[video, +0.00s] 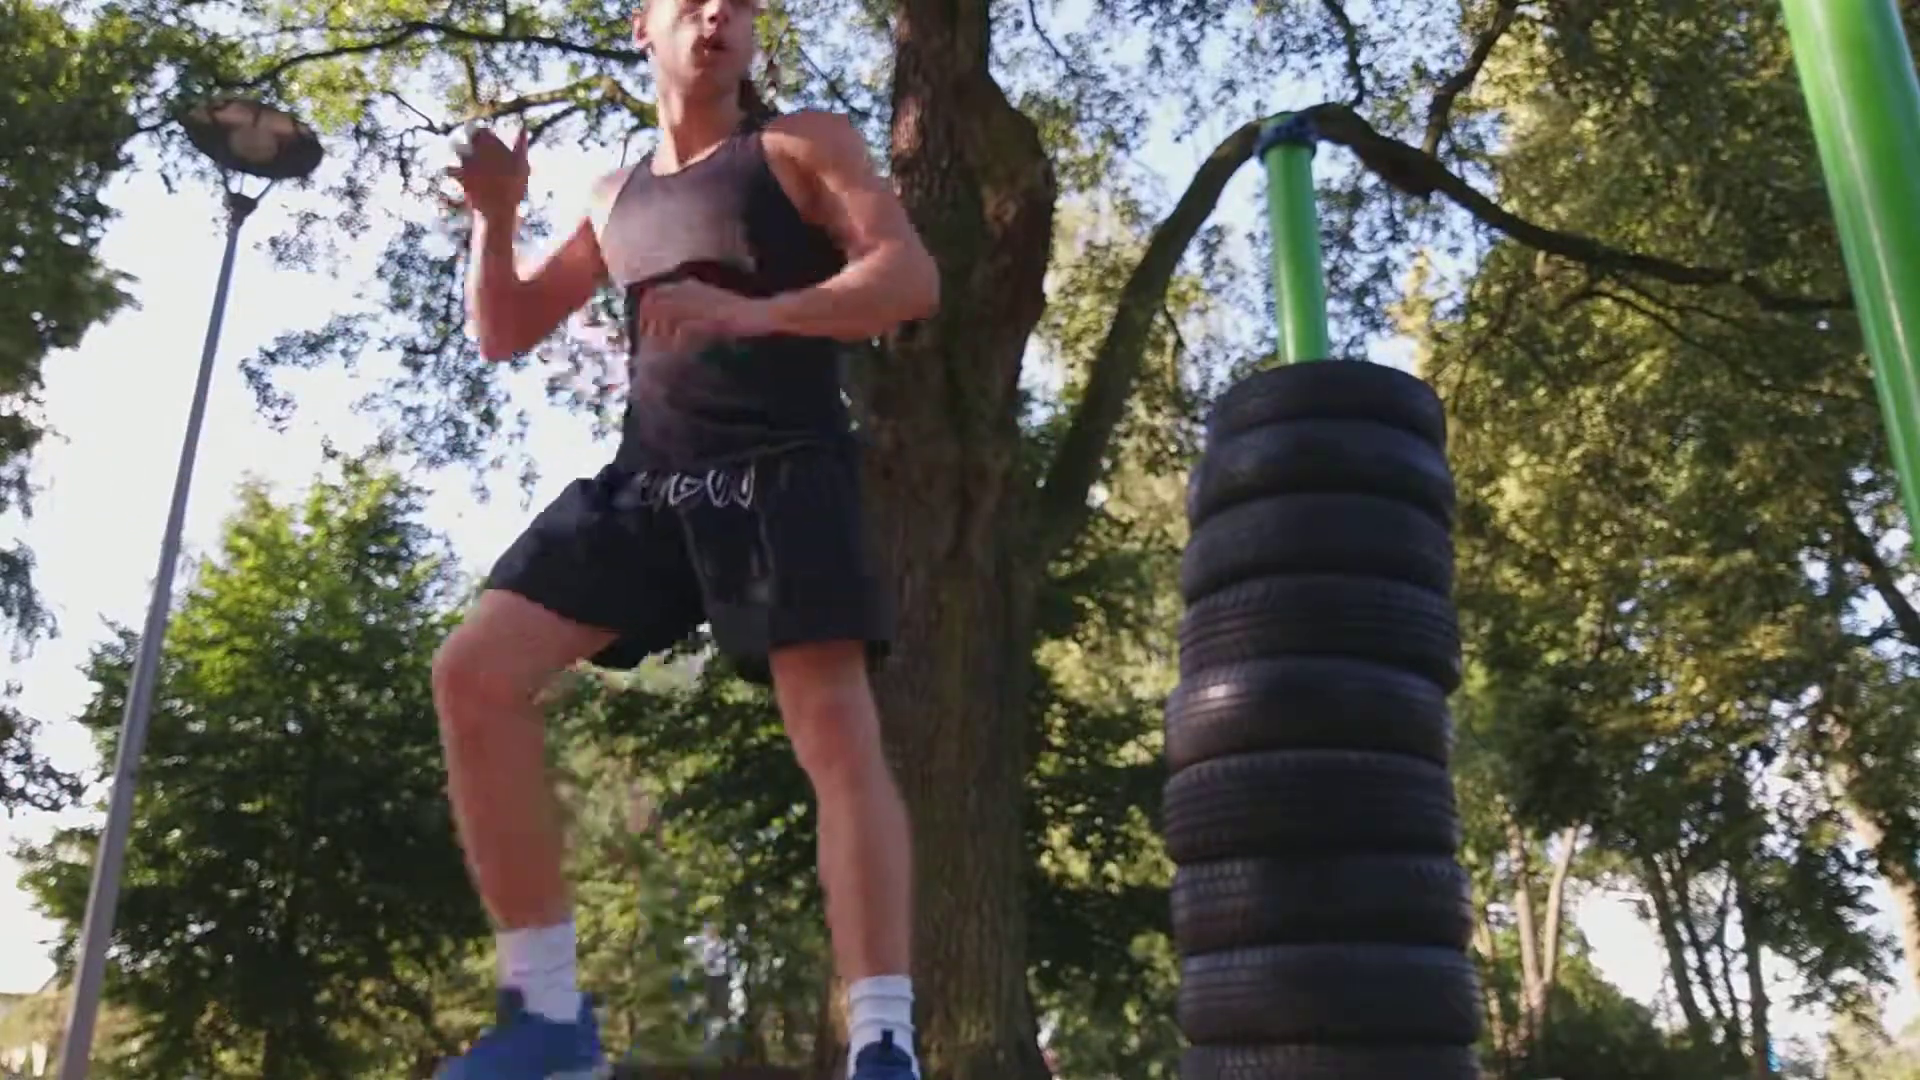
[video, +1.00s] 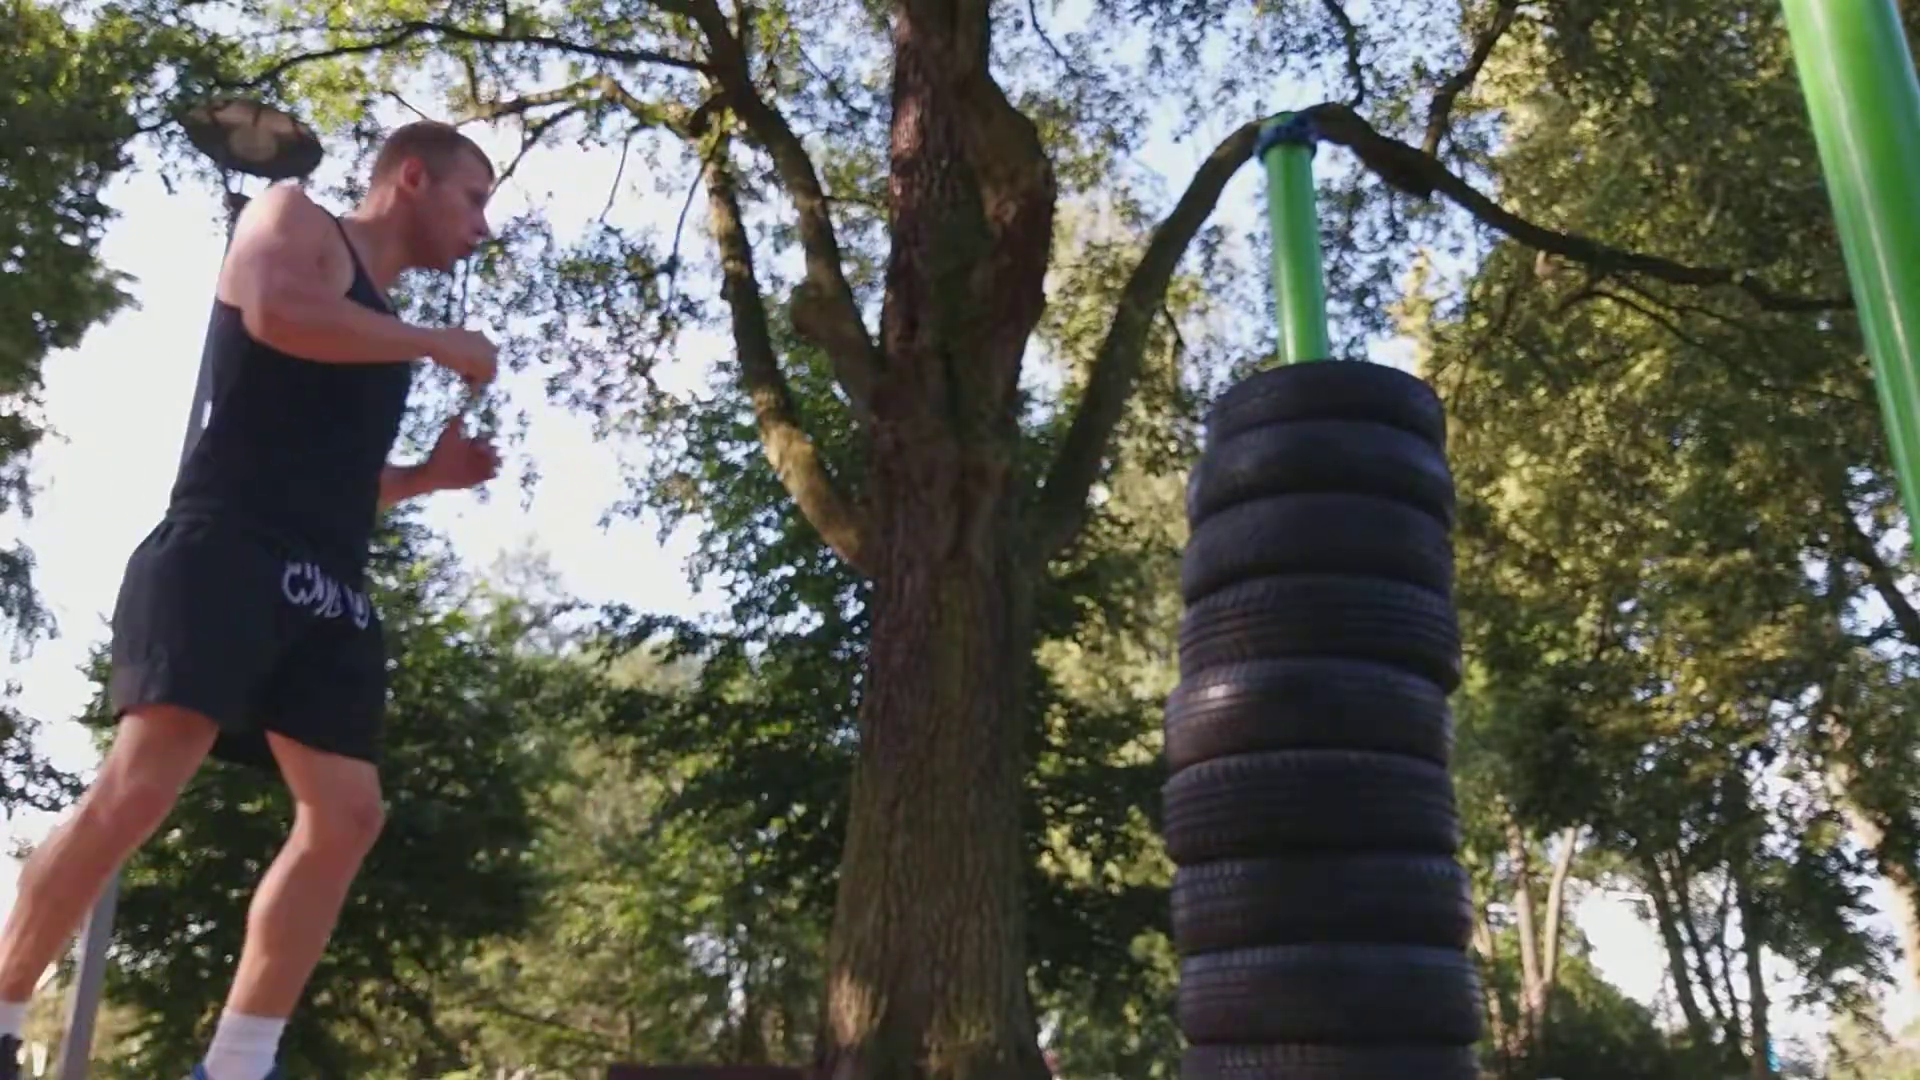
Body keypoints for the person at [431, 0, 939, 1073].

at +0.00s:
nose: (716, 16)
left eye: (736, 5)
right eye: (691, 1)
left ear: (755, 35)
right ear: (646, 29)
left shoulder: (806, 140)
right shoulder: (620, 193)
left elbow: (909, 277)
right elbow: (504, 329)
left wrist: (756, 312)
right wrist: (495, 216)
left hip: (783, 485)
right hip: (645, 490)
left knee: (836, 738)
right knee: (476, 674)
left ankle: (881, 1044)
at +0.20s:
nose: (662, 25)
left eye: (668, 10)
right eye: (638, 2)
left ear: (666, 35)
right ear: (555, 11)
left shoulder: (699, 169)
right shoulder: (493, 133)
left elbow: (781, 313)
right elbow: (398, 154)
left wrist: (817, 349)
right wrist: (590, 143)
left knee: (745, 706)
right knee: (375, 685)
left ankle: (848, 1036)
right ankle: (267, 1044)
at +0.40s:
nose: (633, 94)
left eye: (637, 72)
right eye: (627, 63)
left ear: (566, 51)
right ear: (562, 40)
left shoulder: (556, 224)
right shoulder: (427, 79)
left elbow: (545, 394)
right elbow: (374, 161)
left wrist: (637, 334)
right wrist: (537, 271)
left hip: (538, 491)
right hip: (417, 454)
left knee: (630, 738)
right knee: (349, 677)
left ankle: (506, 1040)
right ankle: (232, 1035)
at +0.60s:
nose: (578, 215)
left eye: (581, 192)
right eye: (573, 186)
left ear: (518, 170)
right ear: (519, 161)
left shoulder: (472, 292)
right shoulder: (412, 177)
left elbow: (449, 470)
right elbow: (335, 286)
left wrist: (555, 436)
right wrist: (485, 409)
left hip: (424, 565)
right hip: (345, 528)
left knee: (408, 831)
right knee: (309, 726)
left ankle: (254, 1041)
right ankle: (219, 1036)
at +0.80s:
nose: (550, 200)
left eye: (557, 182)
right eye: (546, 173)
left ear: (494, 160)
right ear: (484, 144)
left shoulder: (447, 284)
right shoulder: (374, 169)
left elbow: (388, 446)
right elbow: (283, 257)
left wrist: (485, 442)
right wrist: (443, 349)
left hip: (370, 531)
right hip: (291, 484)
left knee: (339, 769)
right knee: (230, 710)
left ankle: (249, 1045)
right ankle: (114, 1015)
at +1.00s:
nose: (481, 228)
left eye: (487, 211)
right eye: (474, 201)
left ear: (421, 191)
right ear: (409, 176)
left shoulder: (380, 317)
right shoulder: (295, 212)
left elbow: (331, 482)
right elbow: (276, 315)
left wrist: (429, 474)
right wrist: (431, 341)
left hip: (324, 593)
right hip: (220, 557)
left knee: (346, 817)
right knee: (138, 790)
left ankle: (235, 1068)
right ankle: (4, 1009)